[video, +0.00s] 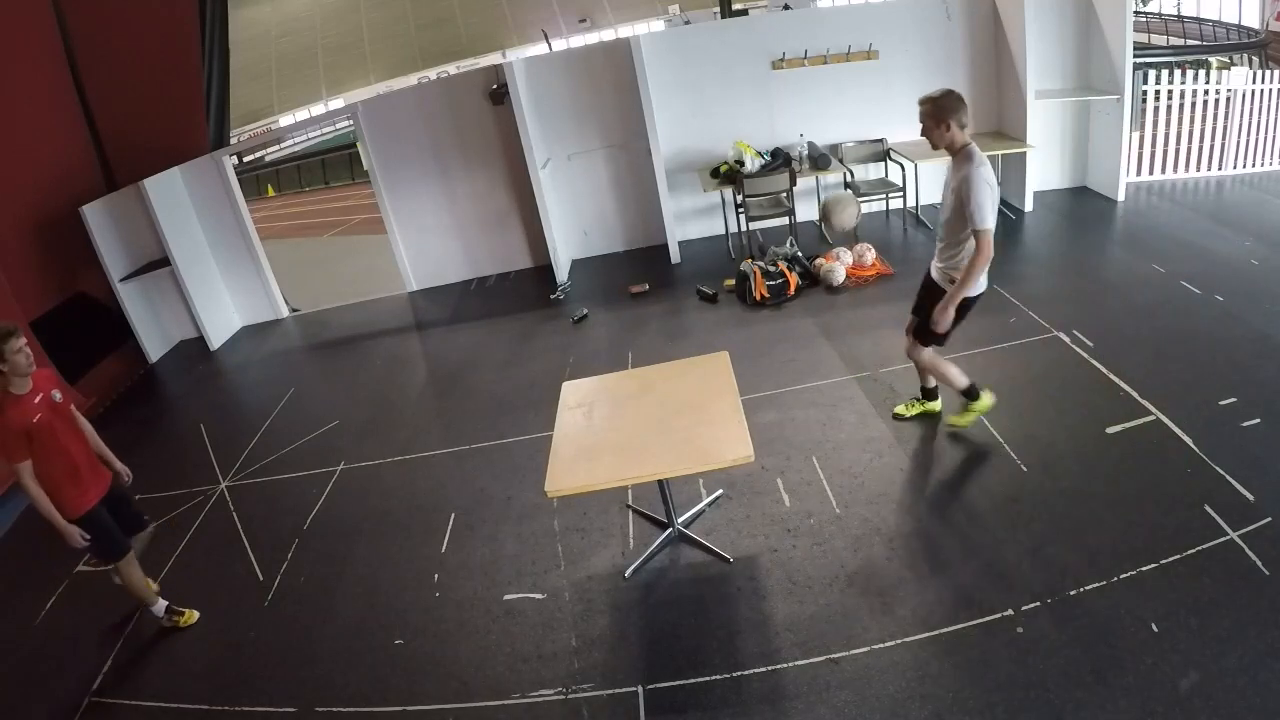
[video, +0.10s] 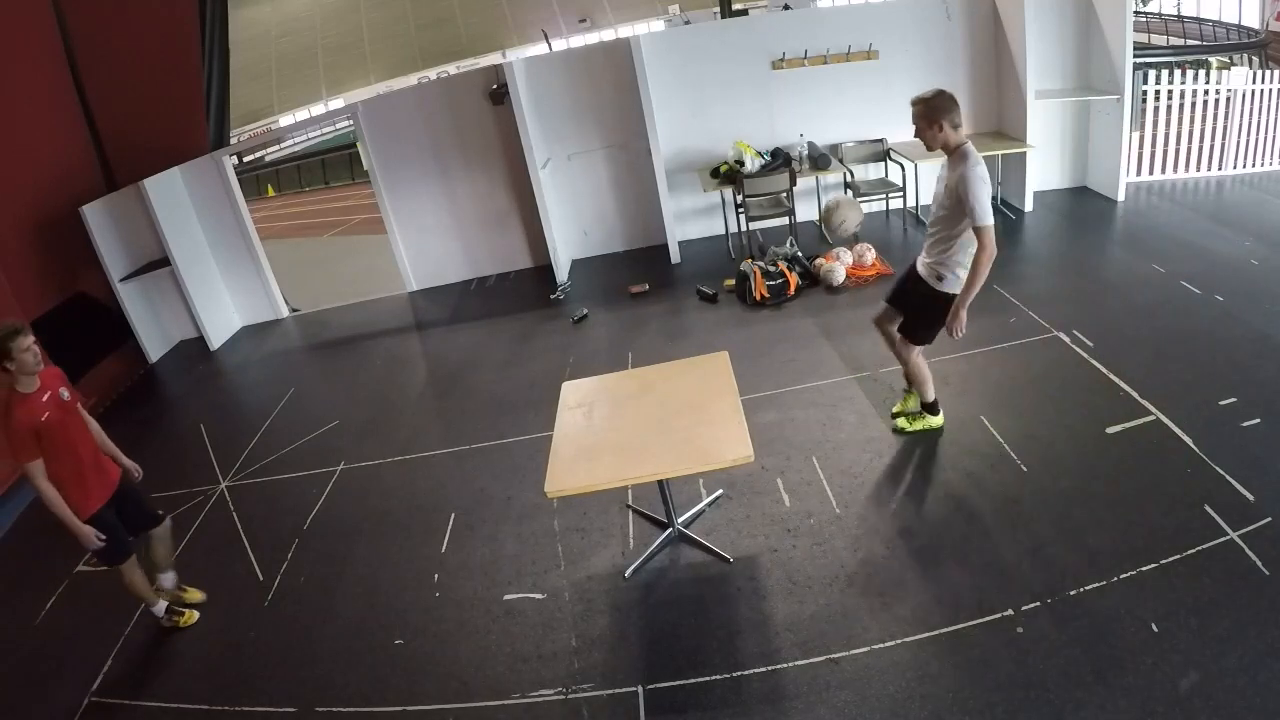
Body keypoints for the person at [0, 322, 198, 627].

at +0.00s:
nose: (28, 353)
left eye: (26, 346)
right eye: (18, 351)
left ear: (30, 347)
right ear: (4, 364)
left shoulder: (47, 377)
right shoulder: (10, 417)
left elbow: (79, 421)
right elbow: (27, 480)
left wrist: (113, 461)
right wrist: (63, 526)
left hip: (101, 477)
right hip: (77, 502)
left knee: (141, 528)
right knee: (122, 555)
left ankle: (123, 572)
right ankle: (163, 611)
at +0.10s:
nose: (36, 351)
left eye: (34, 344)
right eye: (27, 350)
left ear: (37, 344)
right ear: (9, 364)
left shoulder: (53, 375)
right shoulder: (18, 417)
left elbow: (85, 420)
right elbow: (40, 481)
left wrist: (122, 459)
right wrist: (77, 527)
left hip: (110, 478)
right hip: (86, 505)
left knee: (158, 525)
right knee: (126, 558)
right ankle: (162, 611)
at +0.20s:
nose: (48, 350)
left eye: (45, 343)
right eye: (39, 348)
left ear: (47, 344)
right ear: (20, 363)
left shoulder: (65, 376)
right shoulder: (28, 417)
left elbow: (96, 420)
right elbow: (55, 483)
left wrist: (132, 460)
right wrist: (97, 525)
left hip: (124, 478)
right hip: (98, 506)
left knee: (173, 532)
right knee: (130, 563)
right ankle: (162, 611)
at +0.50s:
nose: (94, 338)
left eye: (91, 331)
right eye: (84, 335)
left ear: (88, 335)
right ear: (63, 350)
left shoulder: (112, 370)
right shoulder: (70, 411)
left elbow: (147, 420)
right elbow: (99, 478)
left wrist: (182, 464)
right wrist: (149, 516)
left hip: (175, 480)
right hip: (145, 509)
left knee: (222, 539)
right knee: (175, 570)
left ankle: (267, 604)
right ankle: (168, 604)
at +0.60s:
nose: (106, 331)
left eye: (104, 324)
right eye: (96, 328)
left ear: (106, 326)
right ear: (75, 343)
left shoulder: (125, 364)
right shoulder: (80, 403)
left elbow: (160, 412)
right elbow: (110, 473)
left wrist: (199, 459)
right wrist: (158, 517)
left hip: (188, 475)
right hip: (160, 504)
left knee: (230, 541)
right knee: (207, 568)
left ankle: (266, 604)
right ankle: (190, 601)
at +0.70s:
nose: (117, 326)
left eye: (114, 319)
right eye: (106, 323)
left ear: (116, 322)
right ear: (85, 338)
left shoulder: (135, 359)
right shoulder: (88, 402)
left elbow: (175, 408)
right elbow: (119, 475)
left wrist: (217, 450)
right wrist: (167, 519)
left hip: (200, 474)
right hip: (172, 502)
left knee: (239, 541)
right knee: (226, 564)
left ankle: (267, 606)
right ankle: (235, 617)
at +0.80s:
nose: (128, 324)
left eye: (125, 316)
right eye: (117, 321)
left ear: (127, 316)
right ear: (96, 337)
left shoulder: (148, 356)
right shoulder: (102, 401)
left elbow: (191, 406)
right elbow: (127, 477)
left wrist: (236, 446)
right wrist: (176, 523)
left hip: (212, 476)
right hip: (186, 503)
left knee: (249, 548)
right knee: (243, 567)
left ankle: (268, 608)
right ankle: (285, 633)